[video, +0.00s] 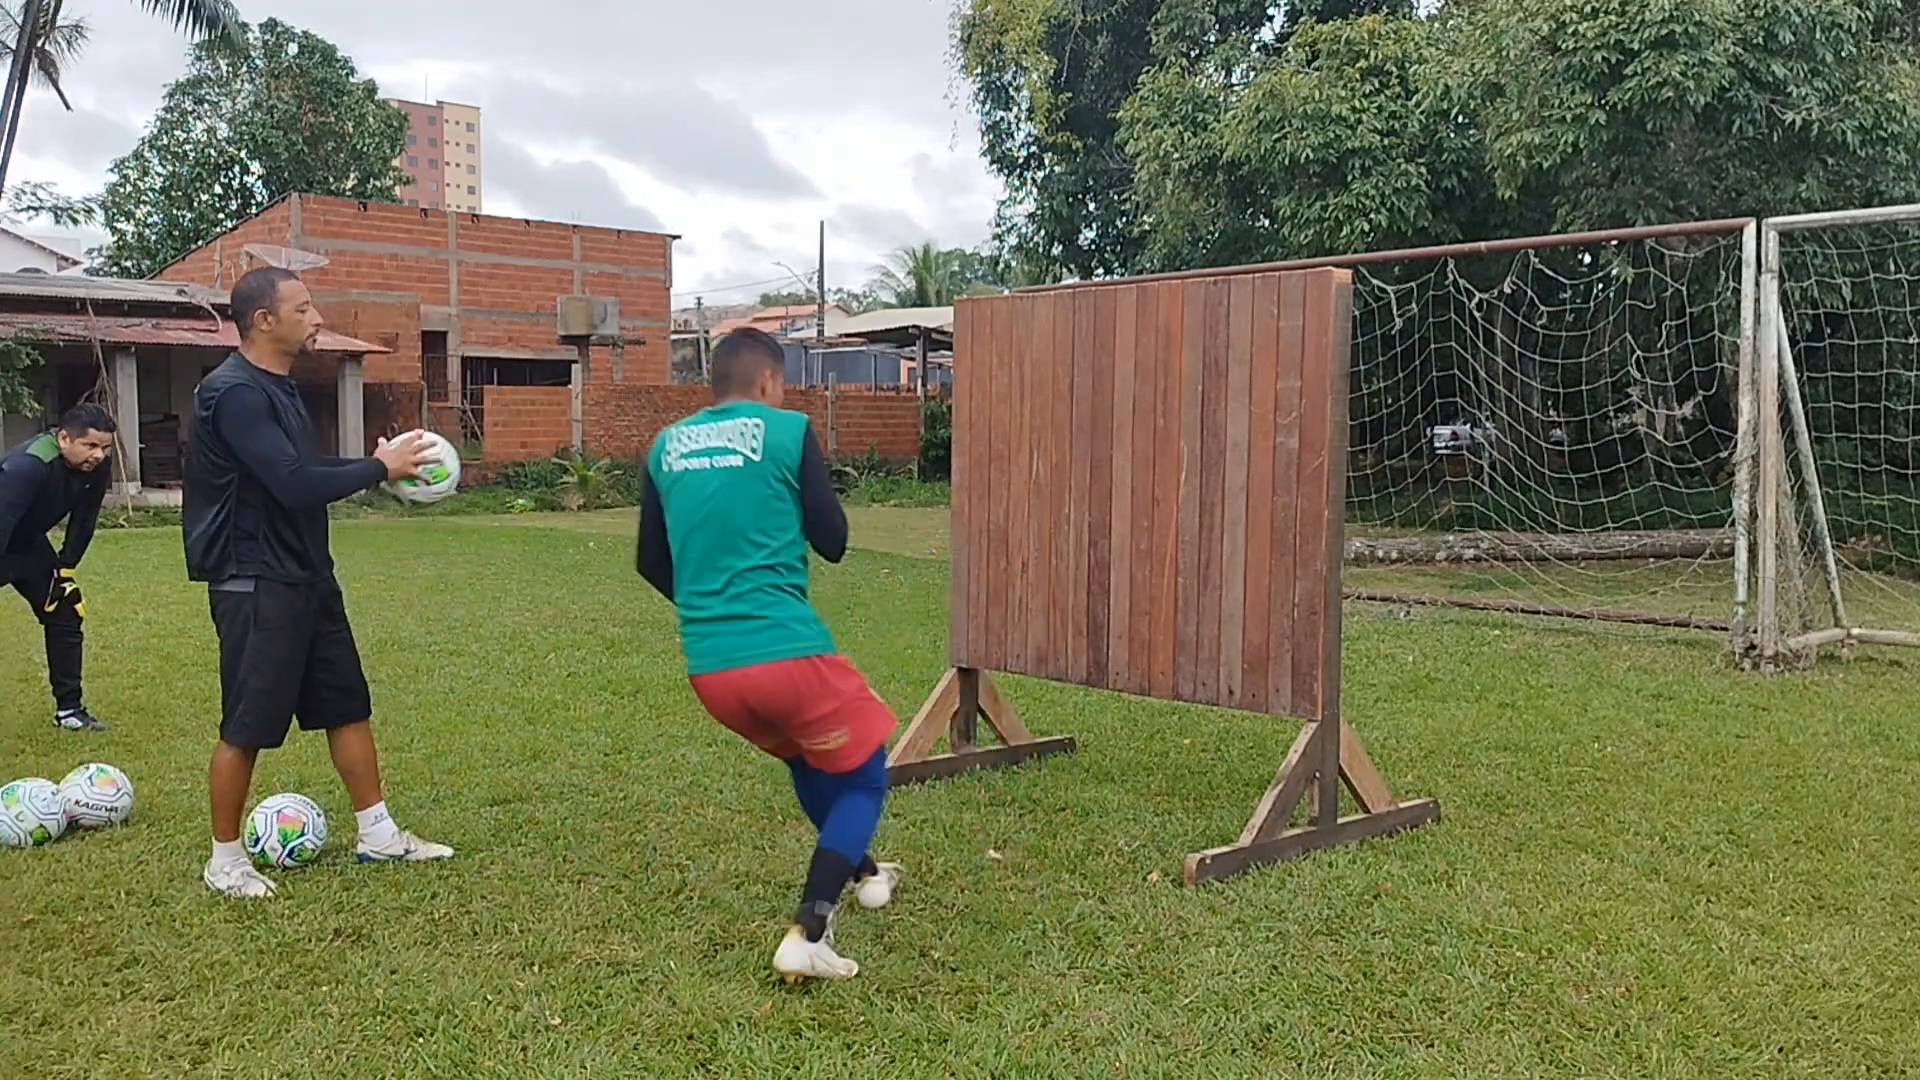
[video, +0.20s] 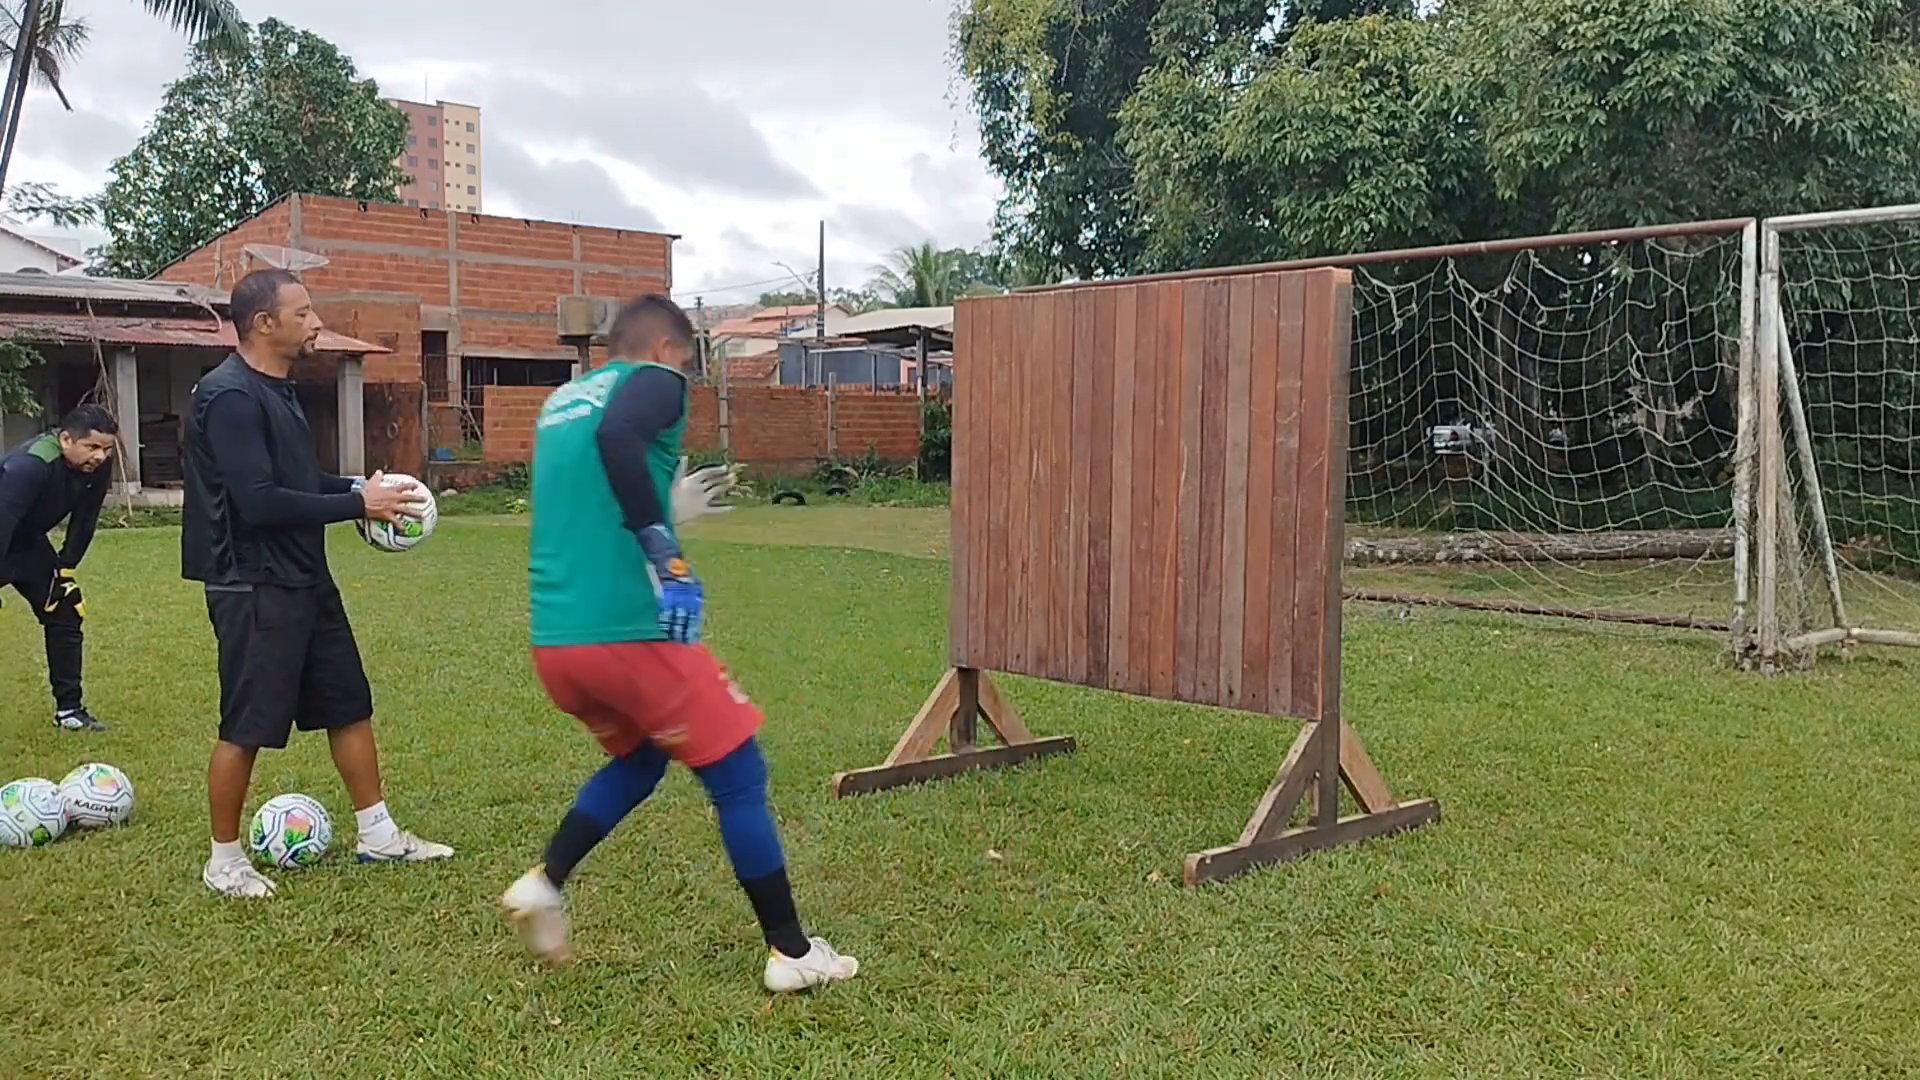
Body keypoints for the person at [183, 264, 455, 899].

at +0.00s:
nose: (317, 318)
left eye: (312, 306)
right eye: (303, 309)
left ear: (270, 321)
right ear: (264, 322)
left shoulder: (282, 389)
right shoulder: (237, 394)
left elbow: (305, 474)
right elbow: (293, 486)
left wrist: (379, 465)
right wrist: (378, 465)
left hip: (307, 579)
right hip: (254, 585)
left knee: (345, 705)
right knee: (246, 725)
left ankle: (378, 833)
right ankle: (226, 858)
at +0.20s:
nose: (315, 323)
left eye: (311, 311)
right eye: (302, 314)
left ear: (270, 324)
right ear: (262, 325)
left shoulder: (278, 391)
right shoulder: (231, 397)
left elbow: (303, 483)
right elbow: (258, 503)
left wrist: (362, 489)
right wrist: (356, 504)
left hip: (305, 580)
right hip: (252, 587)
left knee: (347, 703)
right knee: (246, 725)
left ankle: (378, 834)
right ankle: (226, 859)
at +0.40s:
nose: (326, 328)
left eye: (323, 316)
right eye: (314, 319)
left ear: (286, 326)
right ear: (275, 327)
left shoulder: (299, 393)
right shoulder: (223, 406)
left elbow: (311, 478)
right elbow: (212, 519)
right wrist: (303, 549)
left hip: (307, 574)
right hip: (248, 584)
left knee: (359, 693)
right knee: (242, 726)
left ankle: (385, 819)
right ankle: (225, 859)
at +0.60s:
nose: (358, 335)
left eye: (356, 324)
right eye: (346, 326)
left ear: (322, 334)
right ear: (305, 335)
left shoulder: (348, 390)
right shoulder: (248, 403)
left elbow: (388, 437)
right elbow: (192, 499)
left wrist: (440, 461)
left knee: (399, 687)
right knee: (246, 720)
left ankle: (415, 820)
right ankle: (224, 853)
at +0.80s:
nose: (422, 351)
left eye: (420, 339)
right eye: (413, 340)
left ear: (384, 349)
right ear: (373, 349)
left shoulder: (395, 401)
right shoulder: (311, 398)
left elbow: (415, 426)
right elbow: (228, 409)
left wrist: (478, 452)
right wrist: (210, 317)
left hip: (377, 588)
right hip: (308, 591)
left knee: (430, 689)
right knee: (268, 722)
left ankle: (432, 826)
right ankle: (224, 845)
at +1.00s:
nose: (492, 369)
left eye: (492, 358)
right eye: (484, 359)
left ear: (444, 368)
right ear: (450, 367)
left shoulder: (424, 407)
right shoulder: (426, 419)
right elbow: (498, 454)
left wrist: (435, 480)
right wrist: (519, 386)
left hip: (384, 593)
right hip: (351, 597)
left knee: (431, 686)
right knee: (311, 715)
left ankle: (435, 823)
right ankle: (241, 817)